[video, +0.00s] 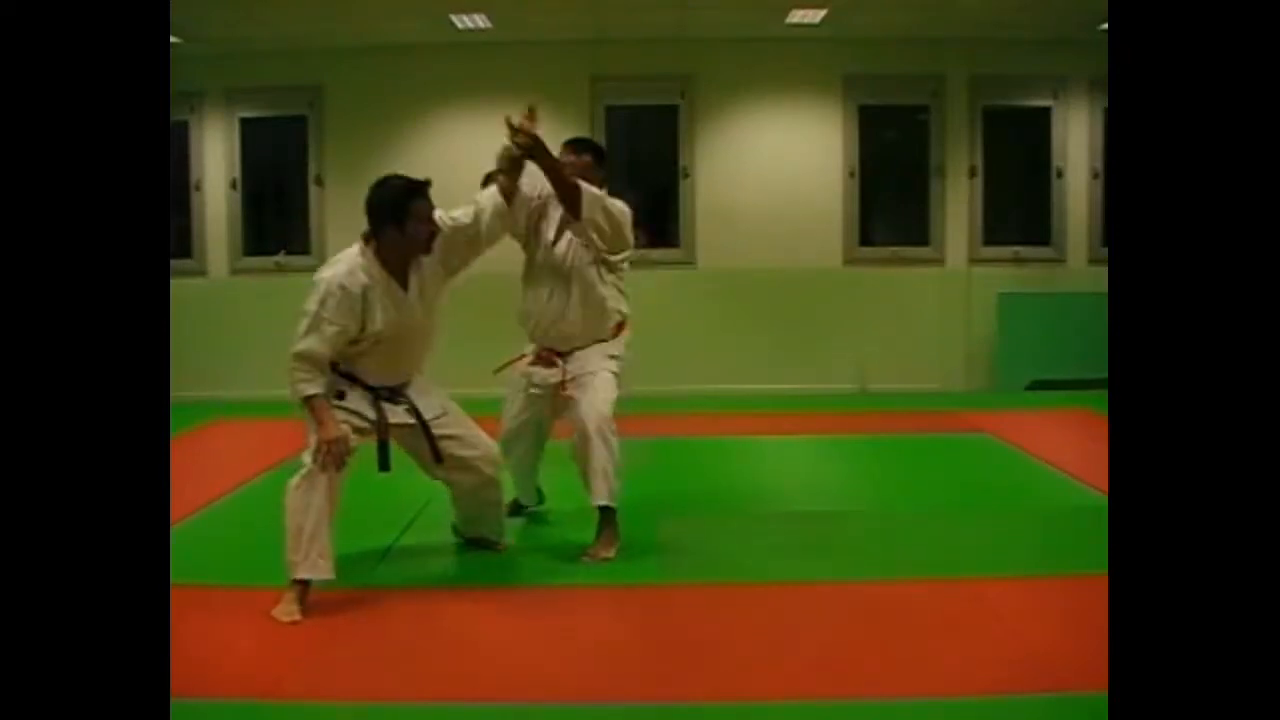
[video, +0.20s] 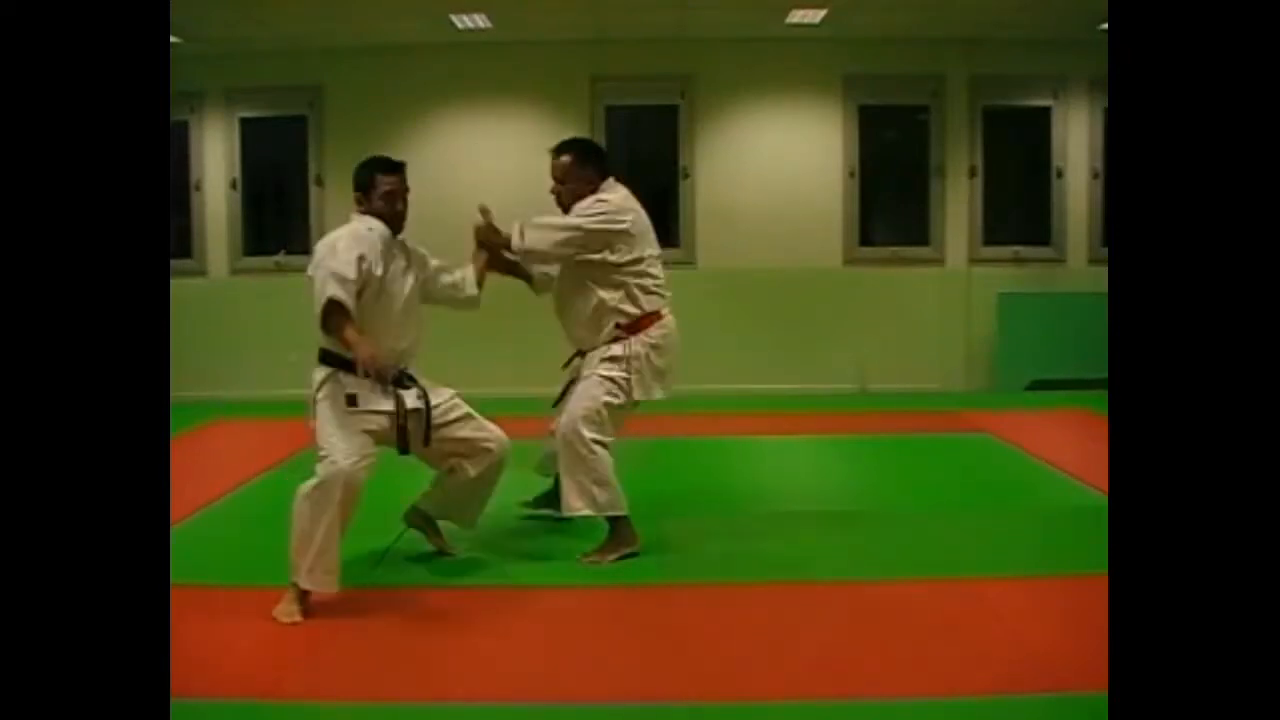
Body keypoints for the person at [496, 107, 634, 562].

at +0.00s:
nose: (564, 169)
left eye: (574, 163)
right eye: (560, 163)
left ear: (595, 171)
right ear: (555, 169)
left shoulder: (614, 217)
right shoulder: (539, 209)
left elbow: (574, 195)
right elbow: (500, 194)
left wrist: (539, 155)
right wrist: (513, 159)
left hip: (595, 348)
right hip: (544, 349)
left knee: (594, 420)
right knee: (516, 431)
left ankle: (607, 521)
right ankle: (527, 498)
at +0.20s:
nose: (554, 191)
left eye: (561, 182)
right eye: (553, 182)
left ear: (588, 177)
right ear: (581, 180)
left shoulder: (612, 209)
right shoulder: (590, 212)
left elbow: (558, 238)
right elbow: (551, 278)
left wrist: (506, 240)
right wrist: (507, 262)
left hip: (637, 340)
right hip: (608, 339)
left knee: (578, 425)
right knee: (564, 417)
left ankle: (621, 530)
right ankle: (563, 491)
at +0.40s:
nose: (566, 213)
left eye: (571, 203)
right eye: (565, 203)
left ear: (597, 195)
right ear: (601, 195)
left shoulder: (617, 230)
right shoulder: (629, 215)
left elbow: (608, 312)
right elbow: (620, 304)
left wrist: (577, 326)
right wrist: (582, 322)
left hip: (677, 349)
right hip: (690, 337)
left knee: (606, 421)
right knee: (661, 415)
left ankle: (623, 536)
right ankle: (726, 482)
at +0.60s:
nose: (598, 233)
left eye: (599, 221)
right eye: (595, 223)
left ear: (619, 210)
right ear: (627, 208)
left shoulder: (643, 241)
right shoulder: (665, 226)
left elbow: (641, 322)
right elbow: (660, 314)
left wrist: (605, 345)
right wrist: (610, 342)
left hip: (714, 346)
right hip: (739, 334)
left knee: (637, 420)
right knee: (740, 435)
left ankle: (630, 537)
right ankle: (799, 509)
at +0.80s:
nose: (597, 237)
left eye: (597, 226)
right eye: (593, 228)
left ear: (613, 219)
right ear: (629, 215)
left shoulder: (632, 253)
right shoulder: (665, 235)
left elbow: (621, 329)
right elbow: (649, 321)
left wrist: (602, 366)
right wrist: (610, 360)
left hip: (707, 348)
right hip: (742, 337)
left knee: (630, 421)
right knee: (744, 437)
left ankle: (629, 534)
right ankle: (801, 510)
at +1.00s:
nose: (580, 237)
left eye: (579, 229)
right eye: (577, 230)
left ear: (591, 220)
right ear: (612, 212)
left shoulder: (603, 247)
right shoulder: (647, 232)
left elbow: (598, 321)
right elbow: (648, 313)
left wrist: (593, 368)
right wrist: (618, 366)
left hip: (678, 334)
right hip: (721, 324)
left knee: (616, 424)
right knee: (698, 413)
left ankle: (628, 533)